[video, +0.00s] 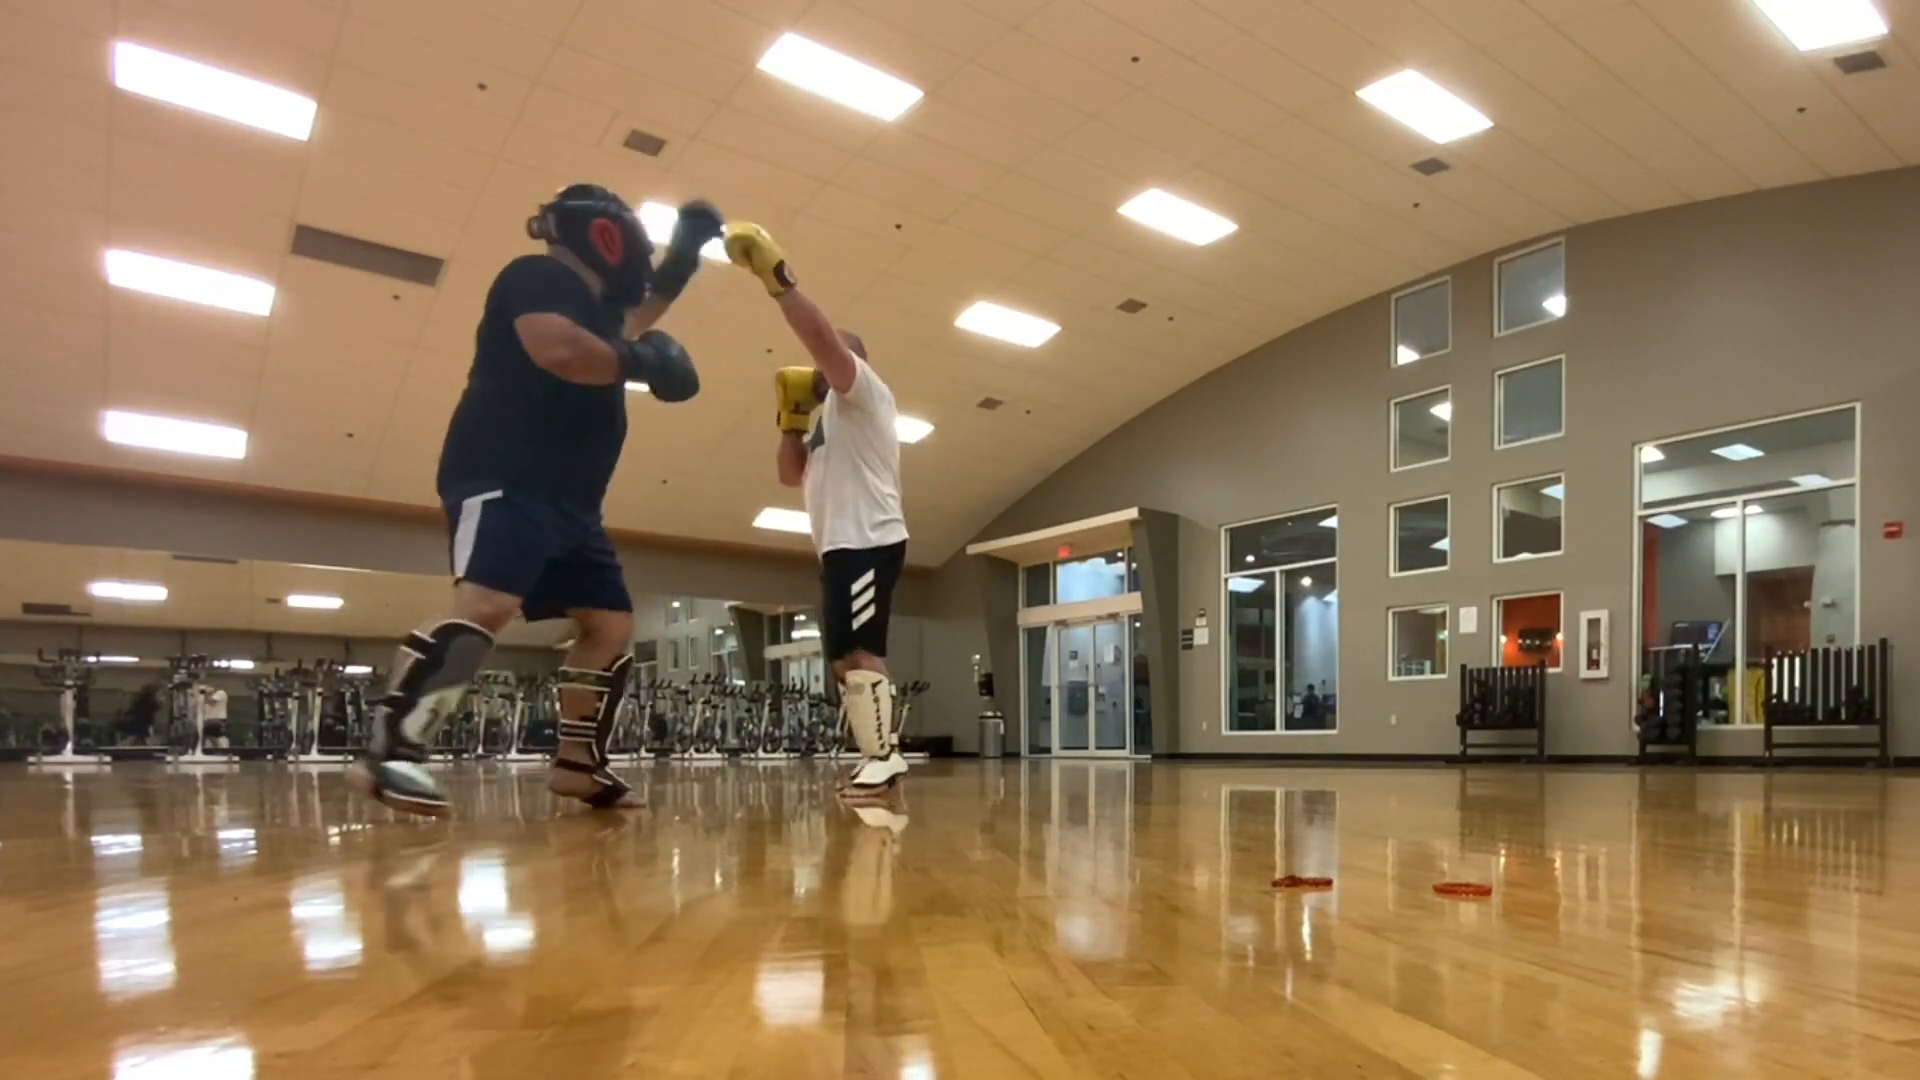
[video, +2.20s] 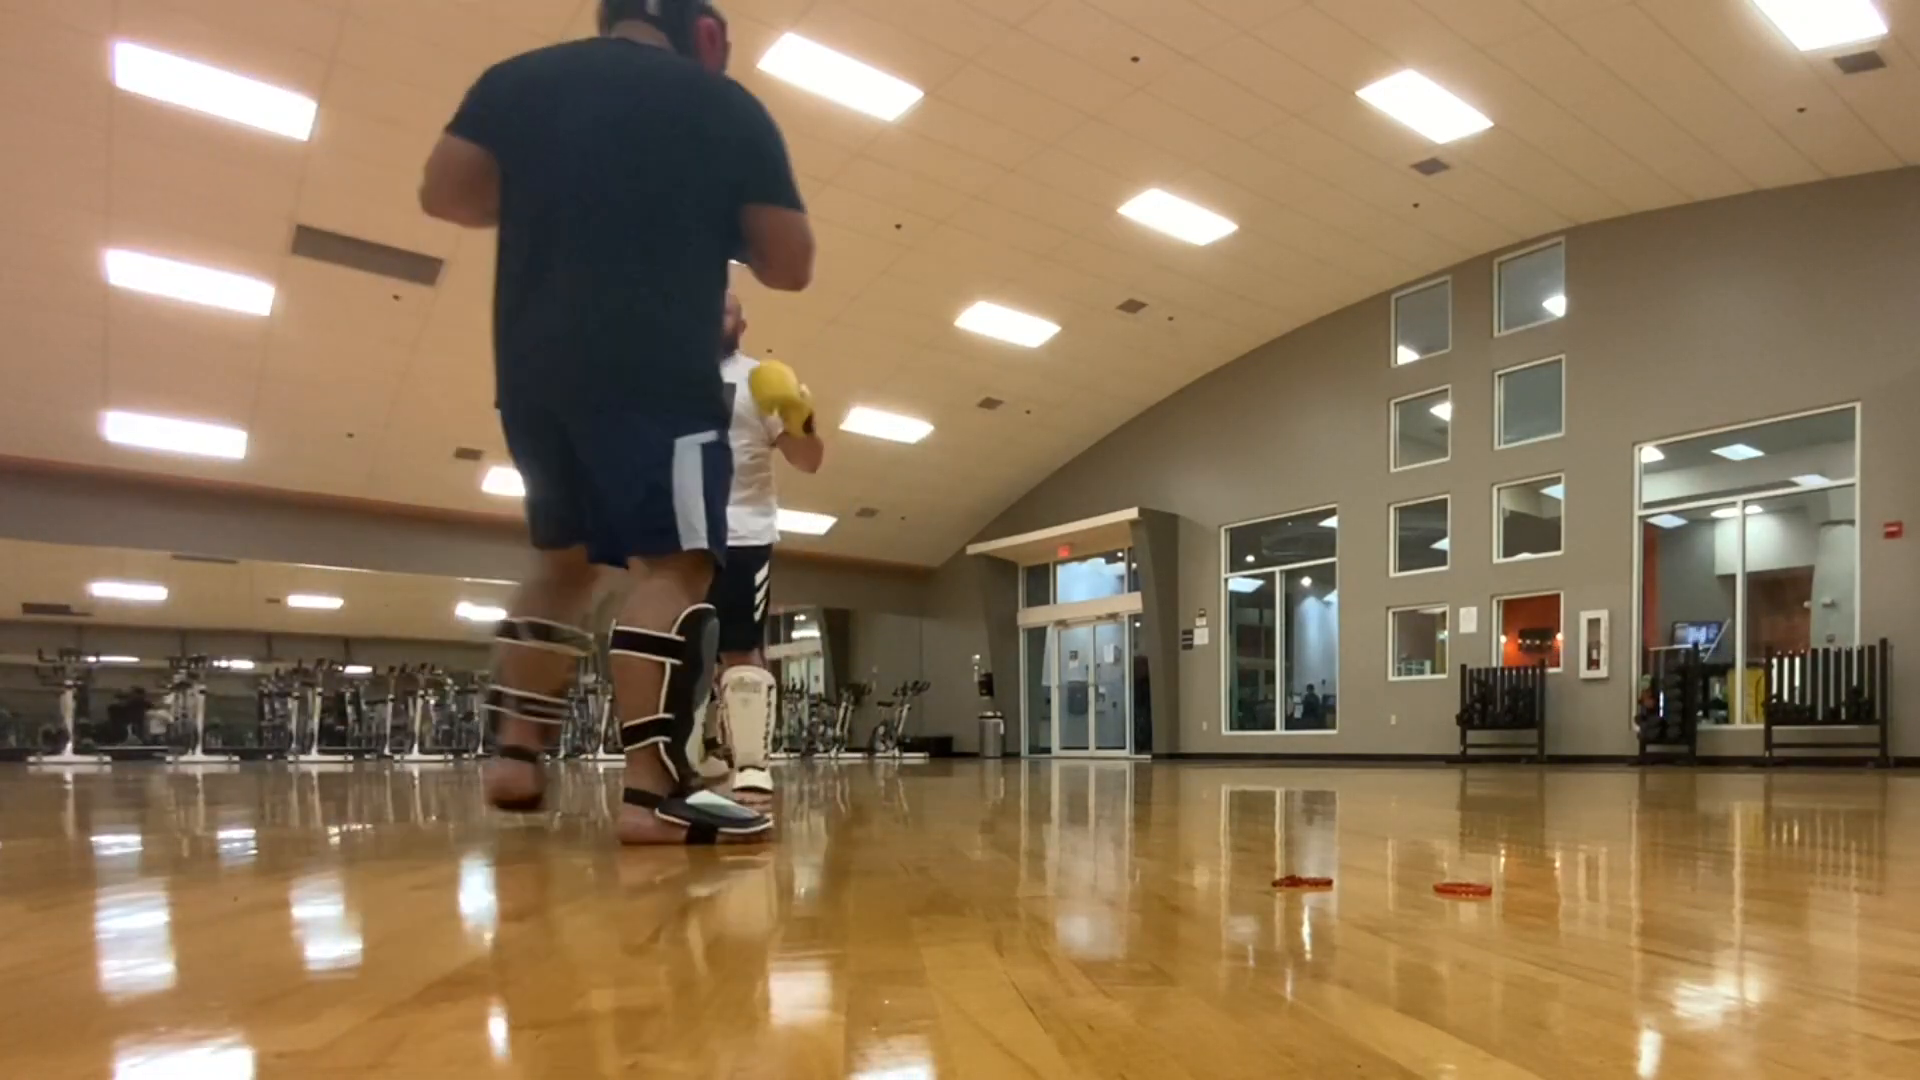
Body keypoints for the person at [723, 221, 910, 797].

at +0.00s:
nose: (826, 360)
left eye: (835, 350)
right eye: (824, 352)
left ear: (855, 356)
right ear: (827, 364)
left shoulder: (865, 395)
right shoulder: (826, 424)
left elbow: (822, 339)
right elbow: (791, 473)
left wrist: (776, 275)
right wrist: (793, 415)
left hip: (869, 537)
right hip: (839, 544)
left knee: (860, 651)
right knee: (845, 654)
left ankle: (882, 757)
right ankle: (876, 755)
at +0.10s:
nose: (821, 365)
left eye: (831, 357)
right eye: (818, 357)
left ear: (856, 361)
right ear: (820, 369)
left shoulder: (868, 399)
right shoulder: (823, 423)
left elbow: (834, 358)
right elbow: (792, 479)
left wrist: (788, 308)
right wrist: (789, 424)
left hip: (870, 540)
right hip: (836, 548)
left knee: (867, 653)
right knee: (838, 660)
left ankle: (884, 759)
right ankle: (859, 755)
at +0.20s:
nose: (822, 377)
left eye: (832, 368)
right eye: (818, 369)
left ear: (858, 370)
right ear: (819, 378)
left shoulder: (873, 402)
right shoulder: (824, 434)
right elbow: (789, 484)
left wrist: (812, 372)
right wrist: (785, 428)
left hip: (868, 548)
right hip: (832, 555)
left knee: (867, 656)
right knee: (838, 664)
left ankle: (884, 761)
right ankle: (855, 760)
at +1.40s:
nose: (776, 332)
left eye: (788, 324)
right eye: (770, 323)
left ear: (811, 339)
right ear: (761, 340)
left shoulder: (834, 382)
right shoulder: (755, 401)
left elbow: (863, 432)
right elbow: (721, 459)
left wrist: (818, 376)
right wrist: (714, 409)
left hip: (829, 541)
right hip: (773, 546)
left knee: (825, 653)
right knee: (753, 652)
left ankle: (837, 770)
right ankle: (786, 747)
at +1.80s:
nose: (717, 338)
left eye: (730, 331)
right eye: (709, 329)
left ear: (755, 342)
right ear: (697, 339)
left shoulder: (784, 388)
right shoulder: (683, 395)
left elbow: (830, 461)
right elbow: (651, 471)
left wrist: (798, 423)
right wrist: (660, 429)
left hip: (769, 536)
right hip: (705, 546)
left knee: (779, 635)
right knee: (705, 658)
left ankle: (818, 750)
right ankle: (710, 766)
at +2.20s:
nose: (727, 312)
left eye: (731, 306)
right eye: (719, 305)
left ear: (740, 321)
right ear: (700, 318)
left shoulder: (759, 377)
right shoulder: (676, 374)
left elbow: (808, 459)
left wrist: (795, 411)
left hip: (744, 532)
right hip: (688, 532)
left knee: (738, 650)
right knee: (691, 651)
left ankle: (751, 767)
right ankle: (699, 758)